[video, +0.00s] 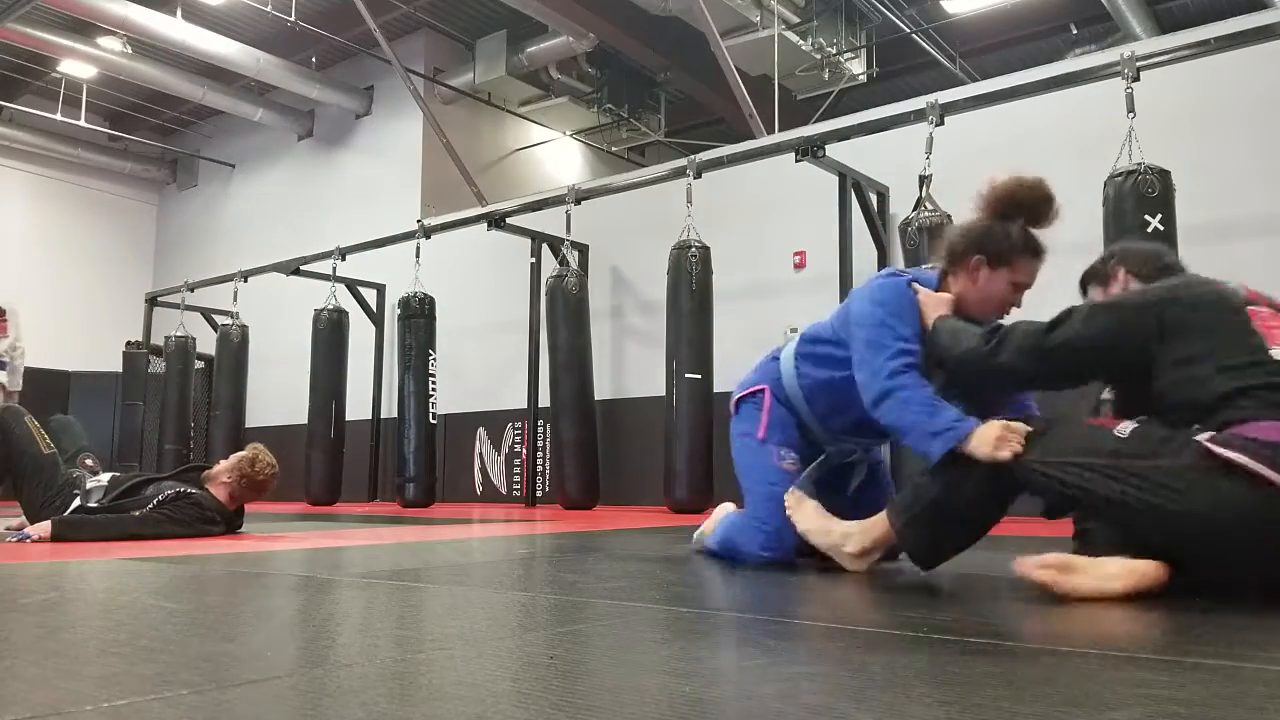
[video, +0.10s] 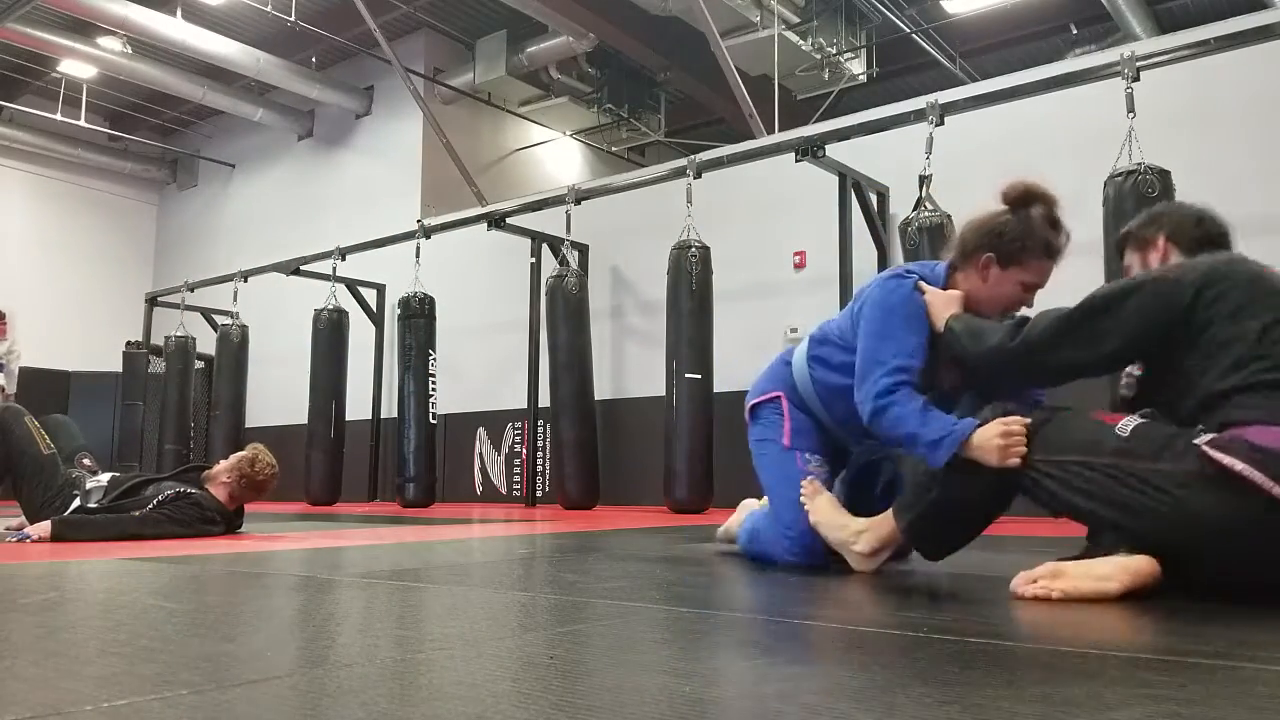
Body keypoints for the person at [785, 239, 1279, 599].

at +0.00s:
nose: (1095, 314)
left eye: (1098, 302)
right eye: (1094, 305)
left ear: (1123, 280)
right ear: (1160, 276)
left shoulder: (1148, 310)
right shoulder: (1221, 311)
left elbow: (1015, 354)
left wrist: (940, 320)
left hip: (1241, 496)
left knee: (1025, 438)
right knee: (1102, 448)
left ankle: (866, 536)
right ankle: (1115, 555)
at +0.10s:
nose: (1129, 282)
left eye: (1131, 268)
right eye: (1128, 270)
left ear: (1160, 251)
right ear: (1216, 247)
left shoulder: (1188, 283)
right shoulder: (1257, 289)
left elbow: (1045, 347)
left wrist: (952, 321)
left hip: (1234, 494)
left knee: (1021, 430)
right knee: (1137, 438)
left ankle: (876, 537)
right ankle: (1117, 549)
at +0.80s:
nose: (1159, 222)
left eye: (1163, 208)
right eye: (1158, 211)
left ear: (1189, 201)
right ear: (1264, 194)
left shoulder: (1178, 288)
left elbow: (1027, 348)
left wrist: (989, 293)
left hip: (1208, 542)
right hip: (1269, 556)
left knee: (1002, 430)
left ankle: (865, 537)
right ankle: (1110, 564)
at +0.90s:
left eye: (1163, 203)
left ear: (1190, 197)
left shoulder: (1176, 286)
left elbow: (1029, 335)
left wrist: (992, 284)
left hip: (1214, 546)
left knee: (1006, 430)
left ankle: (865, 534)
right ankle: (1104, 561)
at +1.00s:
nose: (1160, 222)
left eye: (1165, 207)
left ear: (1189, 204)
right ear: (1268, 195)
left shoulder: (1176, 290)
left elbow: (1025, 342)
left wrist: (989, 293)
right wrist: (1119, 434)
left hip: (1208, 553)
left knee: (1003, 433)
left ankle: (864, 534)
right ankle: (1099, 563)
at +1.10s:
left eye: (1166, 207)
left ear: (1189, 205)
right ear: (1271, 194)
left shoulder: (1175, 294)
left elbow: (1011, 363)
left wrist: (985, 328)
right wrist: (1121, 438)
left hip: (1218, 556)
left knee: (983, 442)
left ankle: (860, 538)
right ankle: (1073, 551)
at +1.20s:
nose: (1081, 334)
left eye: (1093, 319)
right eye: (1068, 318)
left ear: (1107, 308)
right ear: (1026, 299)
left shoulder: (1102, 351)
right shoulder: (966, 328)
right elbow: (911, 414)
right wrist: (928, 465)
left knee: (1089, 555)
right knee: (982, 554)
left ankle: (1050, 548)